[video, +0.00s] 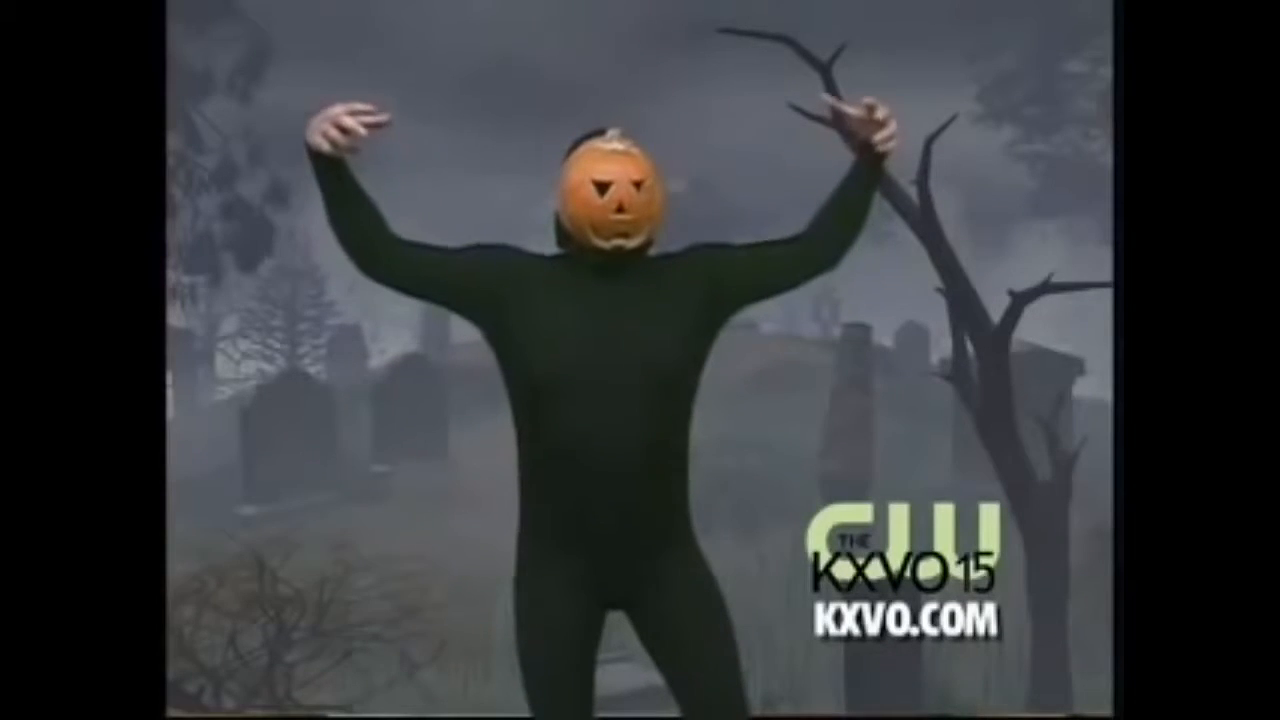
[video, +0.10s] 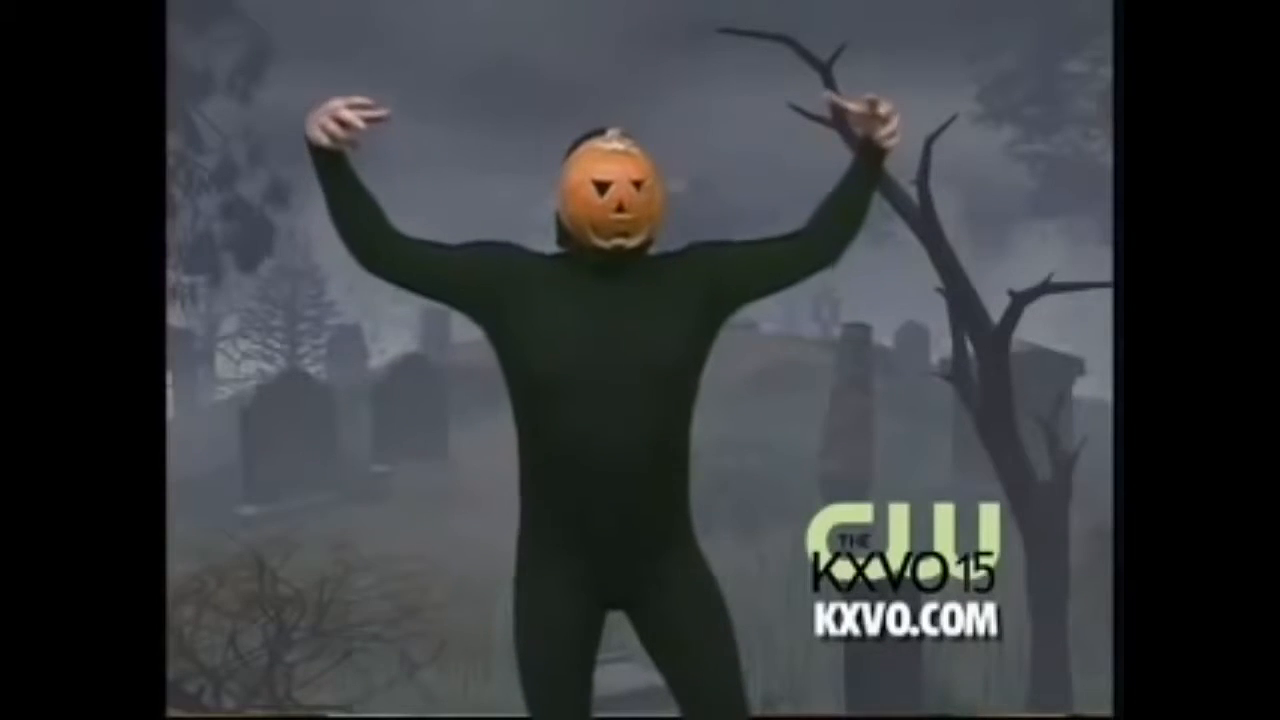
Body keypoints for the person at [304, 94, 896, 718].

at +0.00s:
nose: (616, 183)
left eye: (633, 172)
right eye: (595, 171)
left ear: (658, 201)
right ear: (560, 202)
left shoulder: (701, 281)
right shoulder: (507, 284)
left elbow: (818, 248)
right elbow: (379, 253)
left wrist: (866, 160)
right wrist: (328, 161)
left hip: (666, 557)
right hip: (556, 562)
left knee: (724, 710)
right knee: (559, 713)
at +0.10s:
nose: (617, 177)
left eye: (633, 168)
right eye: (595, 167)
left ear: (659, 203)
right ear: (560, 204)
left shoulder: (701, 280)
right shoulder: (507, 282)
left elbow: (819, 244)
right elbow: (380, 249)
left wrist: (868, 157)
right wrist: (329, 156)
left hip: (666, 557)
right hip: (555, 563)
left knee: (724, 711)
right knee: (556, 713)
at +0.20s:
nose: (619, 184)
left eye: (635, 174)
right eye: (597, 172)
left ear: (660, 201)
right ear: (561, 204)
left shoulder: (701, 279)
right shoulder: (508, 280)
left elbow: (818, 241)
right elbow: (383, 244)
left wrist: (869, 154)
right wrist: (329, 149)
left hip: (666, 557)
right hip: (556, 562)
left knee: (723, 710)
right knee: (554, 712)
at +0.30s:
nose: (618, 181)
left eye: (634, 171)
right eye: (596, 170)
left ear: (660, 200)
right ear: (561, 204)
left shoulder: (702, 278)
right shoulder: (509, 278)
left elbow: (817, 237)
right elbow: (383, 238)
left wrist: (869, 149)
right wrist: (329, 141)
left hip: (667, 557)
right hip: (556, 562)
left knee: (724, 710)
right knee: (553, 713)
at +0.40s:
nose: (617, 186)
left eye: (634, 176)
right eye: (596, 174)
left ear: (661, 201)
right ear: (561, 203)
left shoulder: (702, 277)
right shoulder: (508, 277)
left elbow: (818, 234)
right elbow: (384, 234)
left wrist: (869, 145)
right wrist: (330, 138)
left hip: (667, 558)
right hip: (556, 563)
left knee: (723, 711)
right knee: (552, 713)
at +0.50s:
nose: (617, 185)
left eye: (633, 175)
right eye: (596, 174)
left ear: (660, 200)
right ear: (561, 202)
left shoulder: (701, 276)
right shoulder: (507, 276)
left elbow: (816, 232)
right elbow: (383, 230)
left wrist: (867, 143)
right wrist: (331, 134)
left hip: (668, 560)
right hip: (555, 564)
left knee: (723, 710)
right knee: (550, 712)